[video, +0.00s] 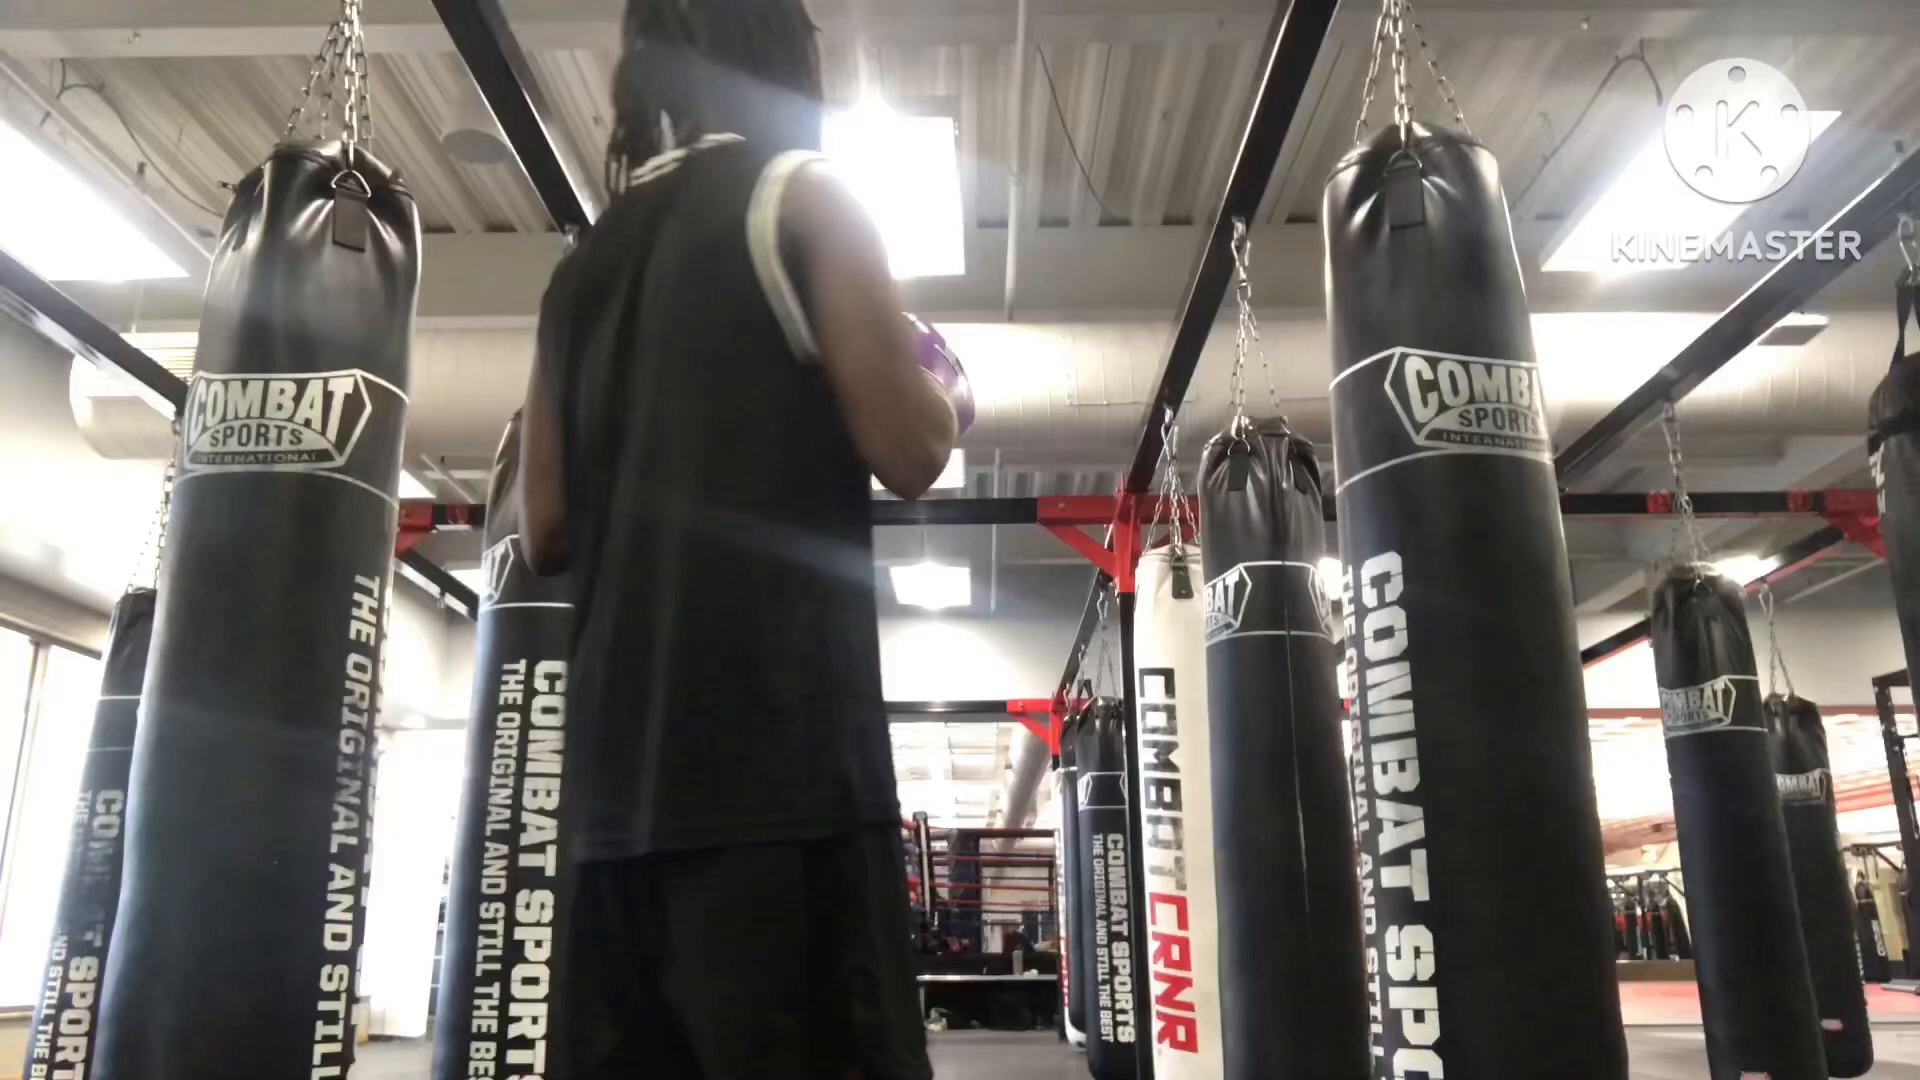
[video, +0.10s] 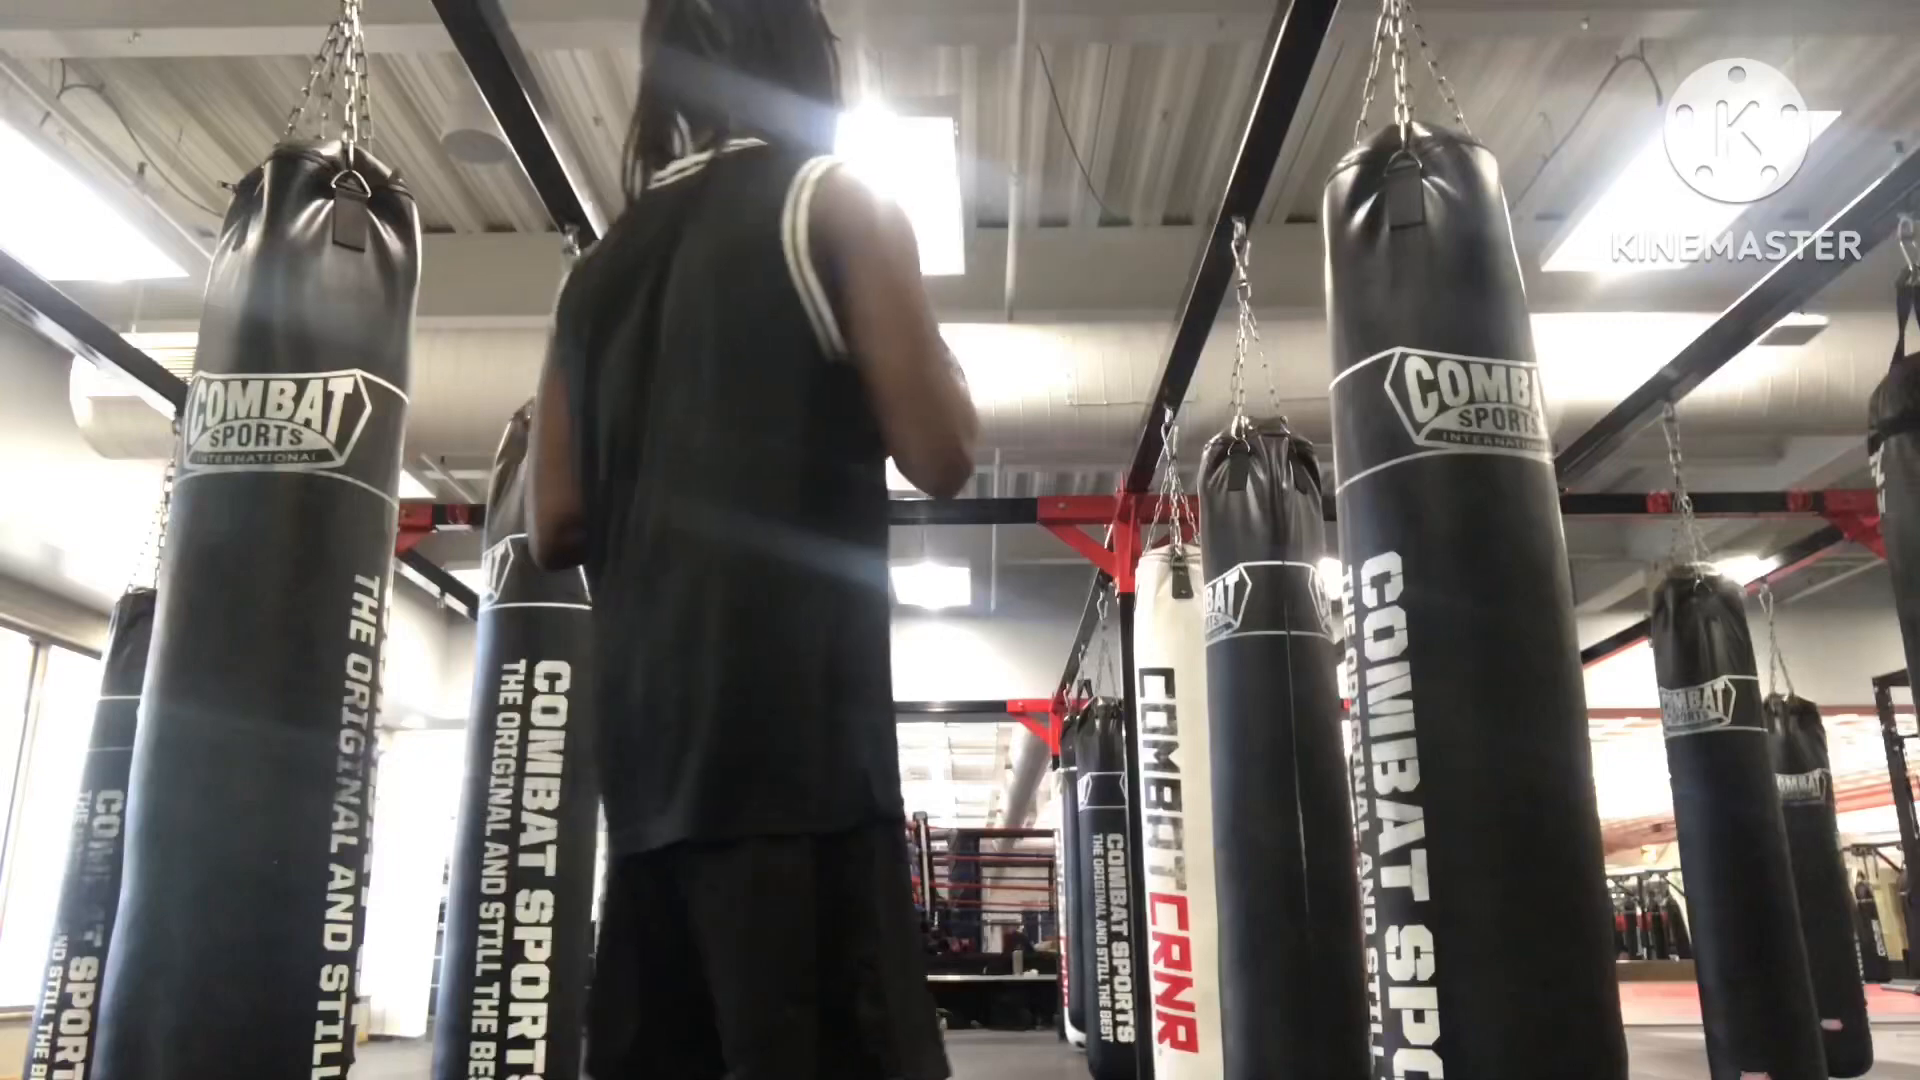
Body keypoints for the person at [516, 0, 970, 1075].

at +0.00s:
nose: (814, 79)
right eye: (800, 55)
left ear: (638, 80)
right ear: (783, 62)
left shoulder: (579, 269)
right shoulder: (798, 193)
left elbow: (547, 524)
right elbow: (913, 456)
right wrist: (940, 389)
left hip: (616, 784)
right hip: (785, 767)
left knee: (624, 1063)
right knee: (808, 1056)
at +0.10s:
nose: (833, 88)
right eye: (821, 64)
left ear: (663, 88)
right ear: (805, 73)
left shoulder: (595, 272)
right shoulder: (833, 204)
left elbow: (557, 520)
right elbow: (942, 460)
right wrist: (889, 331)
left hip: (647, 752)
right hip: (800, 739)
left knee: (662, 1054)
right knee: (826, 1049)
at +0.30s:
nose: (854, 103)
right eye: (845, 80)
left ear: (698, 106)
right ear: (827, 85)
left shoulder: (633, 292)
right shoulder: (854, 209)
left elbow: (607, 546)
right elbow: (955, 461)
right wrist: (968, 375)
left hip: (664, 766)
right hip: (813, 746)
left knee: (670, 1055)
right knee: (843, 1052)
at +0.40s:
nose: (864, 132)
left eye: (858, 114)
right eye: (856, 112)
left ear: (715, 131)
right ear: (835, 119)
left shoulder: (668, 304)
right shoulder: (847, 230)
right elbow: (940, 465)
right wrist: (980, 406)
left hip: (682, 760)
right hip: (809, 750)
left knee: (705, 1045)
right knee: (830, 1046)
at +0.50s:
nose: (873, 154)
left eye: (866, 135)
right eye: (864, 133)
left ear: (739, 151)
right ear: (837, 138)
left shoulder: (716, 296)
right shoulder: (837, 250)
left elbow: (795, 463)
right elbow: (938, 482)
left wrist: (918, 363)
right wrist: (986, 401)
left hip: (717, 746)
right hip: (809, 746)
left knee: (750, 1036)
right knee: (851, 1040)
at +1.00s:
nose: (910, 203)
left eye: (901, 180)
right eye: (894, 180)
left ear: (790, 197)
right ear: (853, 192)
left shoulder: (769, 308)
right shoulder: (815, 298)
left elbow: (923, 518)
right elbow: (911, 503)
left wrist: (973, 419)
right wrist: (981, 419)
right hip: (800, 742)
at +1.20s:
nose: (905, 197)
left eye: (897, 173)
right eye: (889, 172)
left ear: (780, 185)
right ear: (841, 181)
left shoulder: (745, 294)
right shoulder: (797, 286)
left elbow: (765, 499)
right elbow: (892, 510)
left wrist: (871, 412)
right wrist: (983, 437)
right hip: (763, 737)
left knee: (993, 999)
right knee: (677, 1042)